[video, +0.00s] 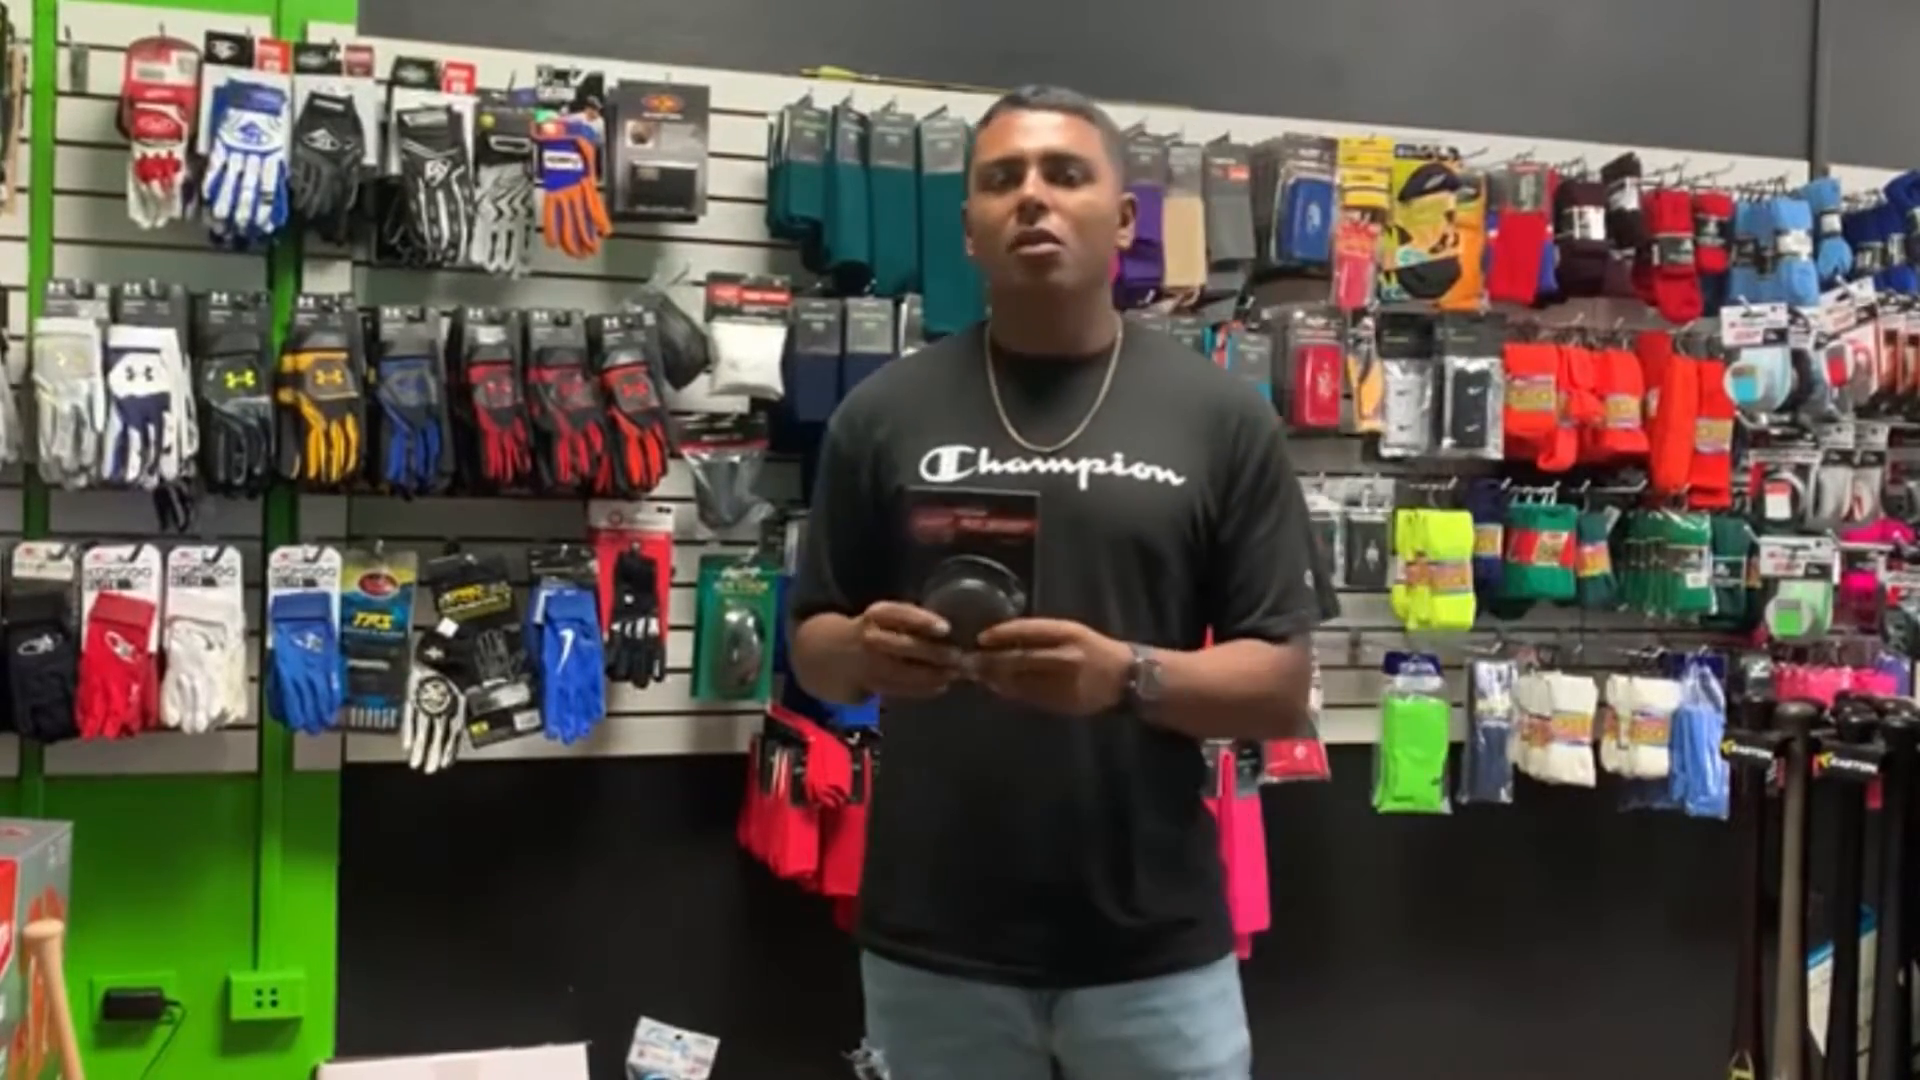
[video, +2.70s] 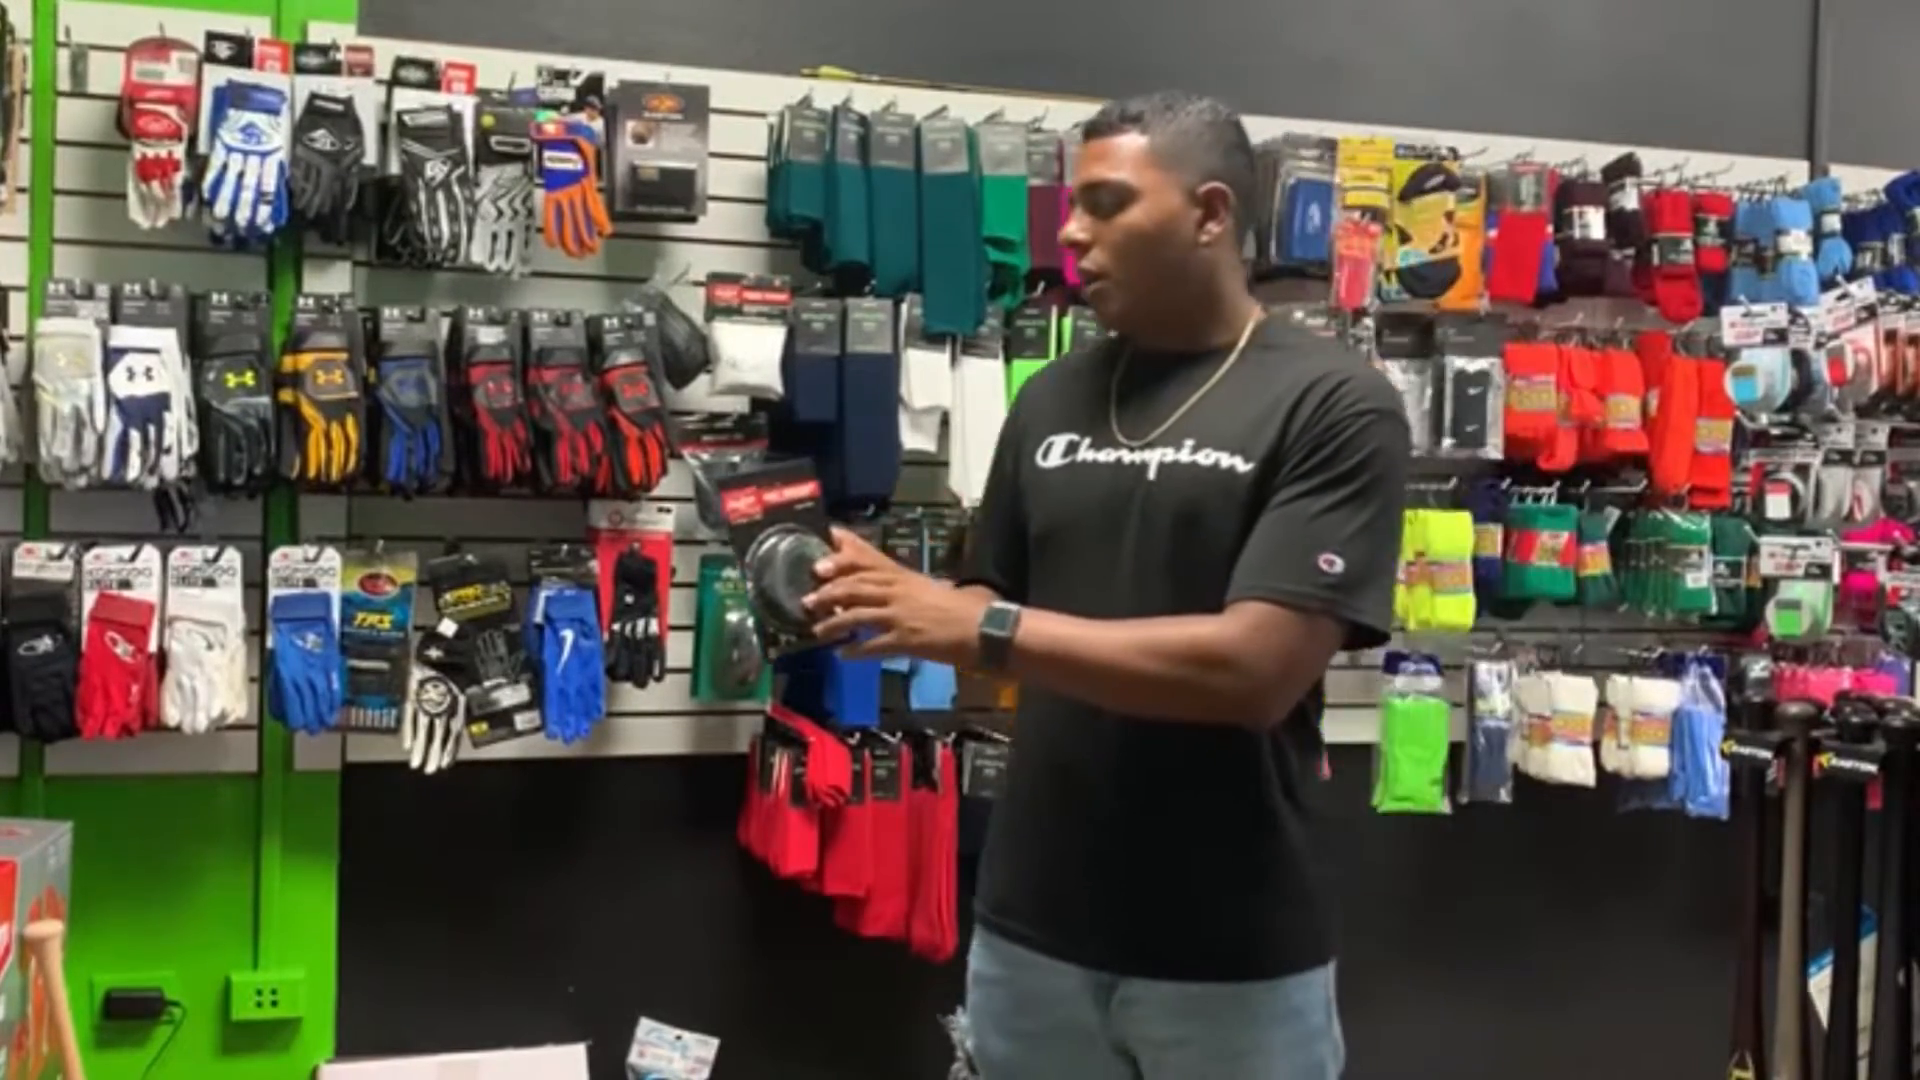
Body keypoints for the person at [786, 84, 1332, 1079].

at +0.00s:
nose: (1033, 195)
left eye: (1066, 172)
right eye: (1003, 176)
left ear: (1123, 217)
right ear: (967, 225)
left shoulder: (1221, 420)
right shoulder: (881, 416)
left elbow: (1283, 683)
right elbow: (812, 648)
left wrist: (1127, 675)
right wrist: (861, 655)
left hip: (1155, 946)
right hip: (935, 945)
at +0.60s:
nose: (1041, 243)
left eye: (1079, 213)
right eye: (1027, 215)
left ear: (1176, 224)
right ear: (1014, 223)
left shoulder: (1285, 419)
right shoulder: (960, 412)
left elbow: (1286, 684)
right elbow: (917, 665)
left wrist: (1030, 646)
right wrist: (890, 632)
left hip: (1193, 959)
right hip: (974, 947)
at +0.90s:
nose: (1124, 237)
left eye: (1161, 205)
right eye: (1119, 209)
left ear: (1269, 212)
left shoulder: (1391, 407)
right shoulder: (1065, 403)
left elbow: (1377, 687)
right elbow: (1029, 650)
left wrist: (1096, 642)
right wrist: (978, 630)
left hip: (1286, 968)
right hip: (1064, 950)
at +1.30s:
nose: (1236, 233)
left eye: (1275, 199)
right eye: (1234, 203)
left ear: (1391, 211)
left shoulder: (1522, 419)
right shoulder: (1193, 399)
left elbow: (1474, 707)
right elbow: (1146, 629)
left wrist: (1182, 654)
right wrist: (1062, 623)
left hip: (1397, 989)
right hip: (1172, 959)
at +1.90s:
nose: (1270, 225)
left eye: (1309, 192)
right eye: (1271, 194)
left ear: (1422, 209)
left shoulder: (1553, 422)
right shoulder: (1236, 394)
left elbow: (1455, 700)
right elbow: (1169, 607)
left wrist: (1169, 647)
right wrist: (1063, 616)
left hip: (1414, 990)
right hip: (1196, 957)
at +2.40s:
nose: (1163, 225)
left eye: (1200, 191)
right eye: (1166, 195)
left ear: (1308, 208)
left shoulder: (1431, 410)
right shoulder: (1137, 392)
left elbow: (1336, 684)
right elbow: (1079, 626)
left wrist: (1059, 626)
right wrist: (961, 613)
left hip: (1311, 965)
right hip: (1106, 940)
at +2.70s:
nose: (1071, 234)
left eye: (1106, 202)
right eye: (1073, 206)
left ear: (1211, 213)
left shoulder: (1336, 401)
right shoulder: (1047, 401)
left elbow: (1256, 671)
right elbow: (999, 631)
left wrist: (978, 623)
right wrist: (889, 602)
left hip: (1232, 953)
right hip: (1031, 935)